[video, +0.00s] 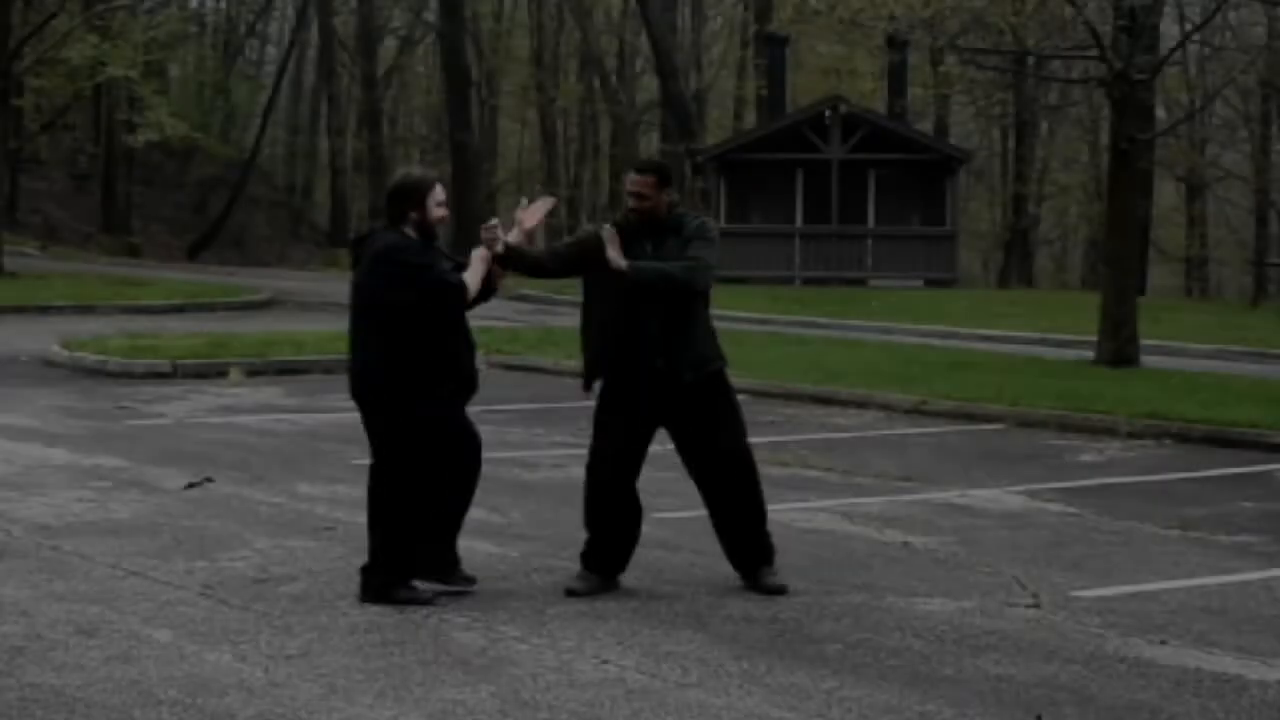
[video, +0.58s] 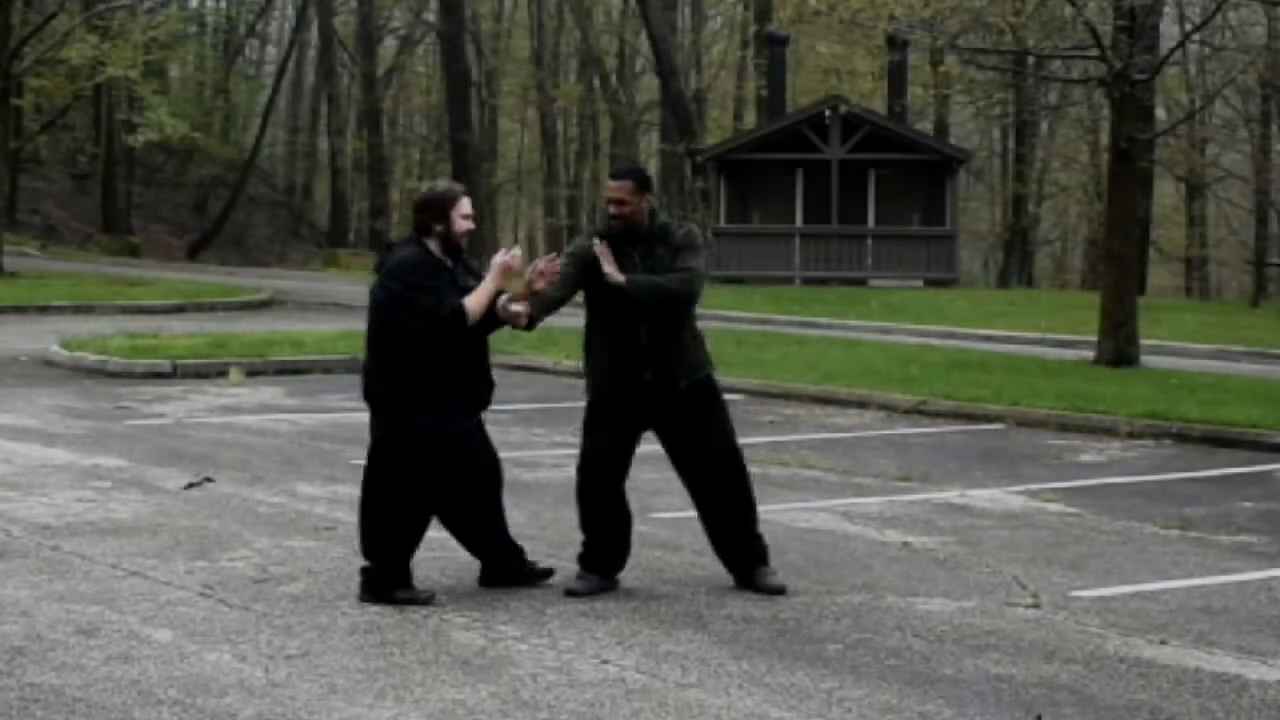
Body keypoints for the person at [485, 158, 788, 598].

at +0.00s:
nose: (633, 205)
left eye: (642, 198)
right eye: (629, 196)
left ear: (667, 198)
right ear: (623, 195)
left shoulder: (692, 232)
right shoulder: (613, 238)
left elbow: (697, 278)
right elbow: (553, 262)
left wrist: (625, 266)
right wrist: (505, 251)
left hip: (693, 378)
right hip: (628, 381)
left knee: (728, 470)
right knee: (608, 476)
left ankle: (758, 567)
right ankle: (600, 570)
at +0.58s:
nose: (613, 212)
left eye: (622, 204)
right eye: (608, 203)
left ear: (647, 203)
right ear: (603, 203)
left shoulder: (681, 238)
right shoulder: (593, 247)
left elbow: (686, 289)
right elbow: (560, 283)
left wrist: (623, 280)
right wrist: (529, 310)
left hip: (681, 383)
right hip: (616, 387)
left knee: (720, 471)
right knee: (598, 478)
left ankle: (751, 567)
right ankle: (599, 569)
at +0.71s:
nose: (623, 212)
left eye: (633, 206)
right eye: (620, 204)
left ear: (659, 206)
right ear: (616, 205)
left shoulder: (693, 245)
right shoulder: (605, 251)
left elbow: (701, 297)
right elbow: (569, 296)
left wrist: (635, 285)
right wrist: (584, 326)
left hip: (689, 385)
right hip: (624, 387)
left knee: (737, 468)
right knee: (598, 475)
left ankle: (782, 556)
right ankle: (597, 568)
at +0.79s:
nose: (640, 213)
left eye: (649, 206)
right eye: (637, 204)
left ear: (675, 208)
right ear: (633, 204)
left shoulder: (706, 247)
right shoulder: (624, 247)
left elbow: (709, 298)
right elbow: (579, 289)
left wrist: (638, 292)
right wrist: (612, 284)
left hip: (697, 392)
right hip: (630, 394)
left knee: (750, 469)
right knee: (602, 477)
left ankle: (805, 551)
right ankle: (597, 569)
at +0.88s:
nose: (662, 213)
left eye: (671, 206)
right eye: (660, 204)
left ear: (699, 207)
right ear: (656, 204)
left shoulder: (727, 246)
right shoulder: (648, 242)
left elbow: (726, 294)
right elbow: (592, 266)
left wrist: (657, 292)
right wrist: (605, 236)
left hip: (713, 389)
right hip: (649, 388)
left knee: (763, 473)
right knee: (615, 475)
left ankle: (821, 554)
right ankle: (598, 569)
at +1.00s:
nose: (693, 210)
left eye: (701, 203)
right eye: (691, 202)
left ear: (731, 204)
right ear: (689, 201)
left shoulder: (764, 241)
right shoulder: (682, 235)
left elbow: (764, 287)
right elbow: (622, 252)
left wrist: (702, 276)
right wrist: (624, 202)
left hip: (748, 387)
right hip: (684, 385)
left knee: (784, 474)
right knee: (640, 472)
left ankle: (821, 564)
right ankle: (602, 566)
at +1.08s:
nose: (715, 210)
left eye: (722, 203)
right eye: (713, 202)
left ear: (752, 204)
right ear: (715, 202)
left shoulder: (788, 242)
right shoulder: (704, 235)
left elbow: (794, 287)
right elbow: (652, 255)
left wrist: (740, 265)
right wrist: (635, 209)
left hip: (767, 385)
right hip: (701, 380)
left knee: (794, 471)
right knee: (654, 445)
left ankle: (823, 563)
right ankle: (639, 552)